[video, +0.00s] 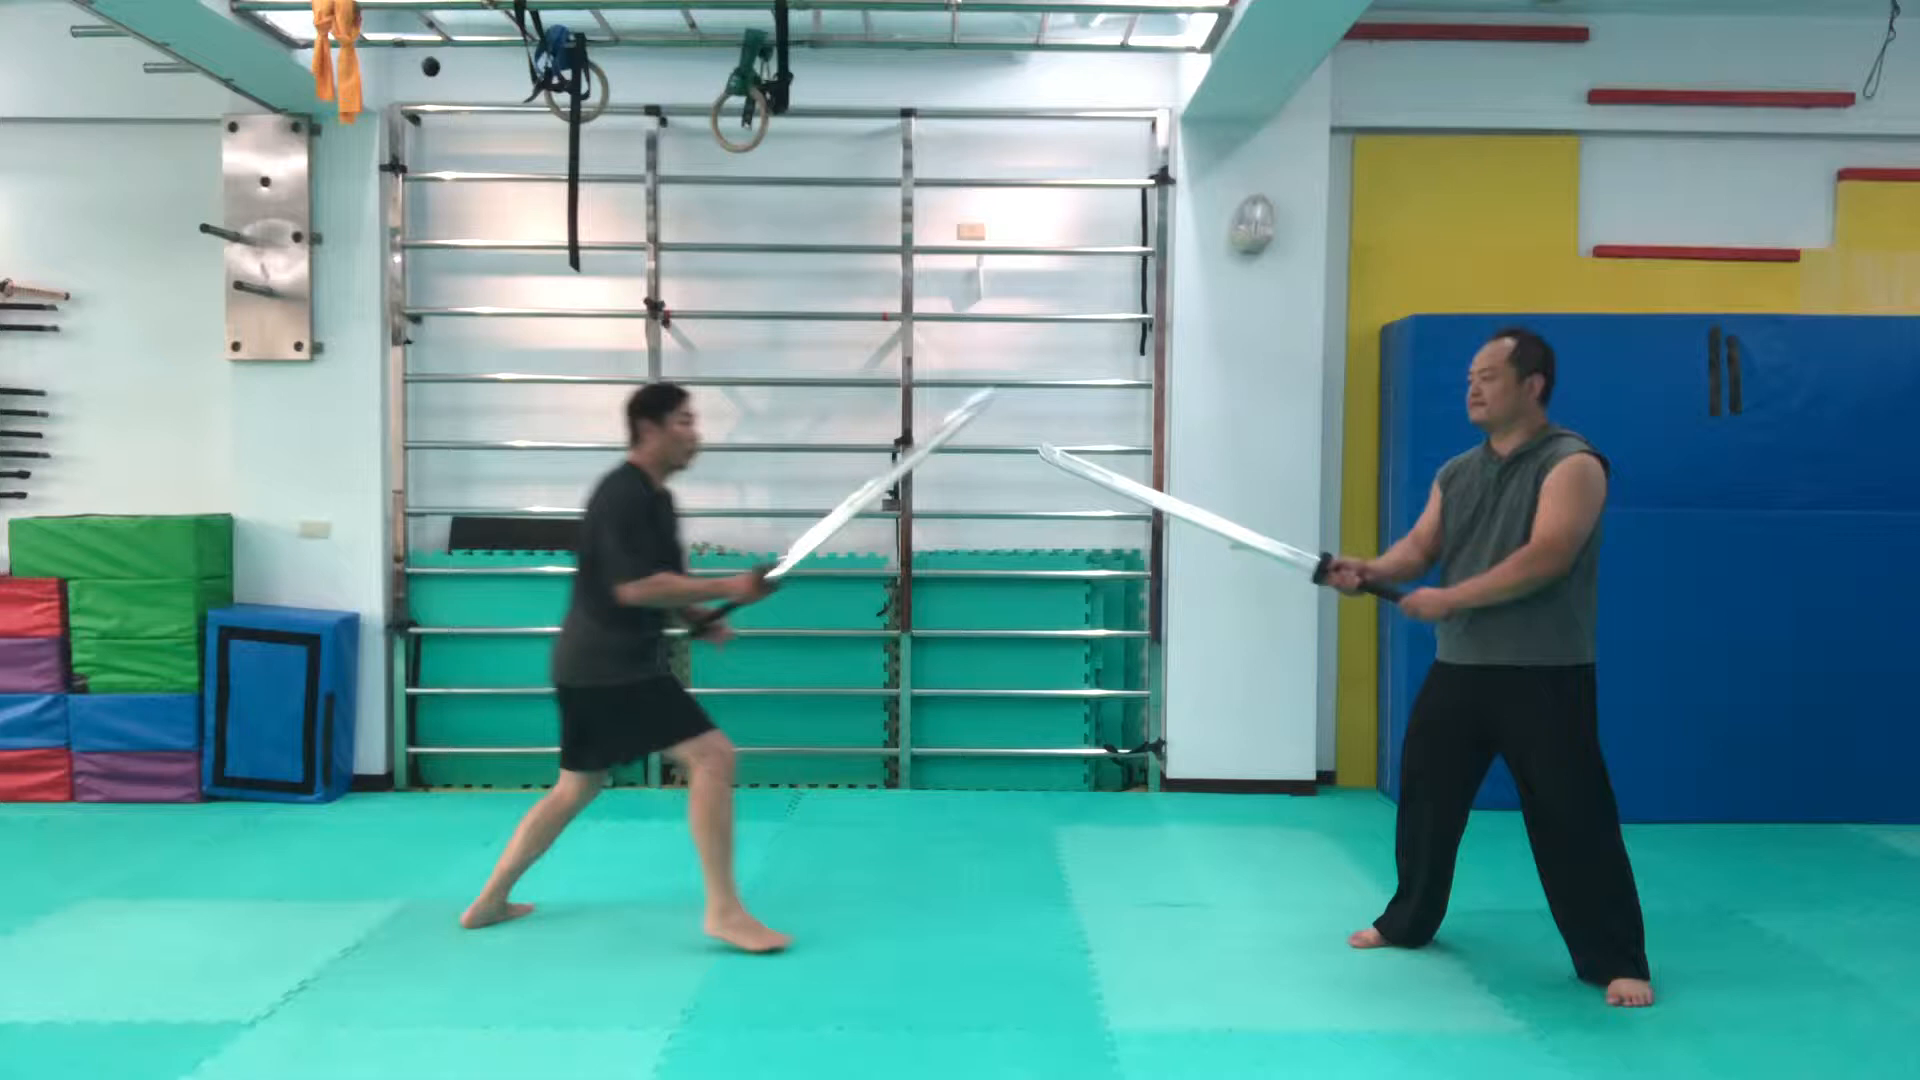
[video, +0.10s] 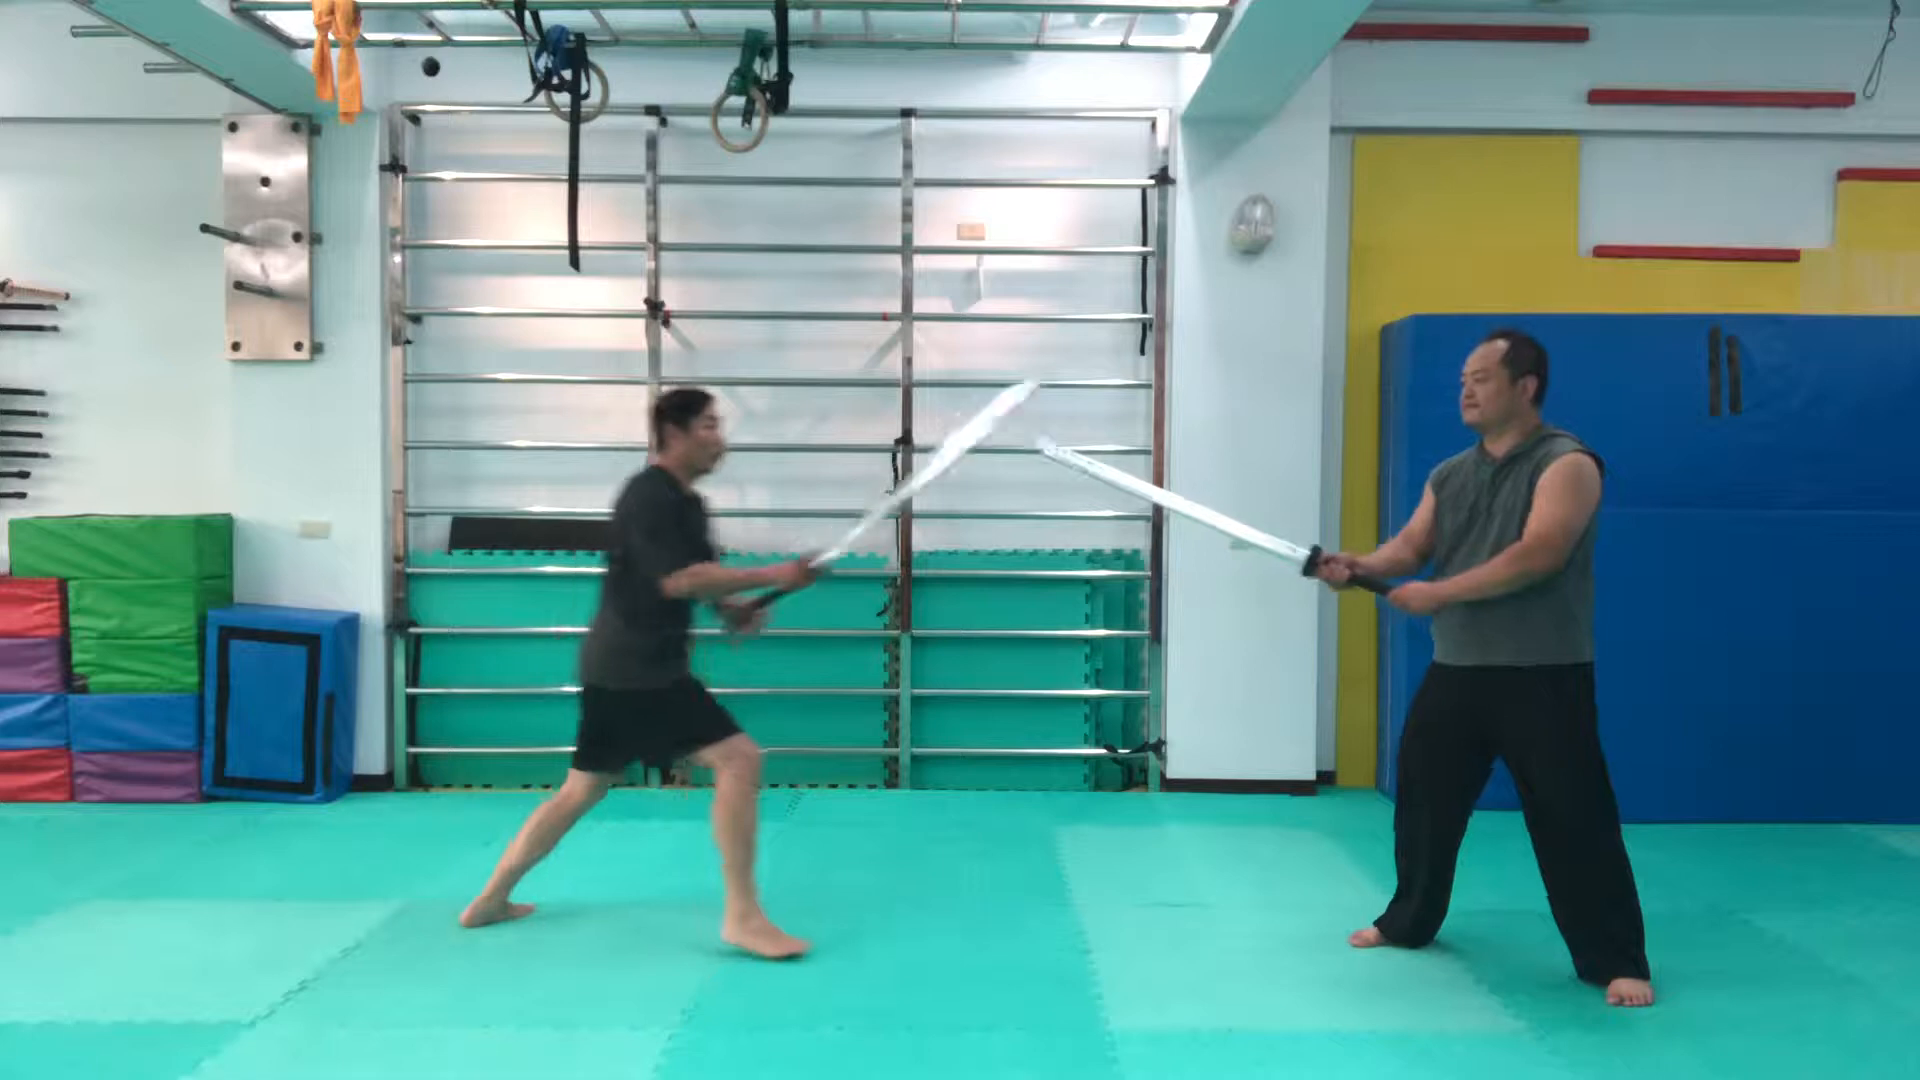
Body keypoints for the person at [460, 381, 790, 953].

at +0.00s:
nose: (696, 433)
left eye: (694, 422)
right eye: (685, 422)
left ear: (654, 433)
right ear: (648, 429)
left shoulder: (650, 494)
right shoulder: (626, 492)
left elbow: (651, 580)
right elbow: (631, 586)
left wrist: (694, 616)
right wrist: (727, 588)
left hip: (591, 669)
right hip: (616, 670)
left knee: (575, 787)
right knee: (713, 757)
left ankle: (488, 901)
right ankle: (724, 911)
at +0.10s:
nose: (720, 437)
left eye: (718, 426)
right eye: (709, 427)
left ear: (680, 437)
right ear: (673, 434)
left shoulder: (683, 500)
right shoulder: (651, 494)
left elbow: (689, 574)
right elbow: (673, 579)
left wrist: (729, 610)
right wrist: (772, 577)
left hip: (617, 675)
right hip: (642, 676)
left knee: (578, 792)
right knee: (739, 761)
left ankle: (488, 901)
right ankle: (743, 916)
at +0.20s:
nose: (768, 446)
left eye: (766, 435)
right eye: (757, 436)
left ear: (727, 445)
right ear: (723, 443)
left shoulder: (746, 510)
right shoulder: (696, 504)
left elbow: (788, 581)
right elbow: (771, 557)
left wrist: (825, 586)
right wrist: (866, 546)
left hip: (681, 689)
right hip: (694, 690)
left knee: (624, 796)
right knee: (782, 776)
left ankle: (511, 875)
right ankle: (748, 930)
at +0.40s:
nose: (888, 453)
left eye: (884, 442)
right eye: (878, 443)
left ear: (841, 455)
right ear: (845, 453)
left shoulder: (843, 509)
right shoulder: (831, 520)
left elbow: (882, 577)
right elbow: (880, 607)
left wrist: (951, 580)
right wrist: (953, 587)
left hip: (800, 677)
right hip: (790, 683)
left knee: (865, 760)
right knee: (837, 808)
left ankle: (773, 853)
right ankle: (750, 932)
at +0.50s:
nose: (941, 453)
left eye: (938, 441)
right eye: (934, 443)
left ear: (895, 446)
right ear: (904, 447)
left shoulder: (870, 481)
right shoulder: (894, 510)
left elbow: (944, 473)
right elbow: (968, 575)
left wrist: (1004, 486)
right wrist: (1028, 524)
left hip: (860, 660)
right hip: (857, 670)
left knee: (943, 725)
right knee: (883, 801)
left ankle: (978, 855)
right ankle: (775, 903)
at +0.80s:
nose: (1055, 464)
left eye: (1056, 453)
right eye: (1050, 453)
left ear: (1011, 452)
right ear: (1017, 453)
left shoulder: (979, 488)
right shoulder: (1021, 518)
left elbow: (1041, 439)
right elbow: (1106, 537)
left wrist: (1095, 435)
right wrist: (1162, 486)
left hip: (975, 666)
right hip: (1008, 670)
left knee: (1075, 746)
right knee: (1099, 753)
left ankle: (1069, 857)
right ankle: (1031, 873)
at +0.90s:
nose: (1078, 455)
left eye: (1077, 445)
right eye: (1073, 445)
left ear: (1034, 443)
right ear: (1041, 445)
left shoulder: (997, 480)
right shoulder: (1053, 509)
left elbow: (1053, 442)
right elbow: (1130, 521)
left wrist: (1111, 429)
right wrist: (1186, 465)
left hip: (987, 659)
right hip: (1028, 660)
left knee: (1078, 744)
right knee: (1112, 746)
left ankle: (1071, 858)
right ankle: (1069, 872)